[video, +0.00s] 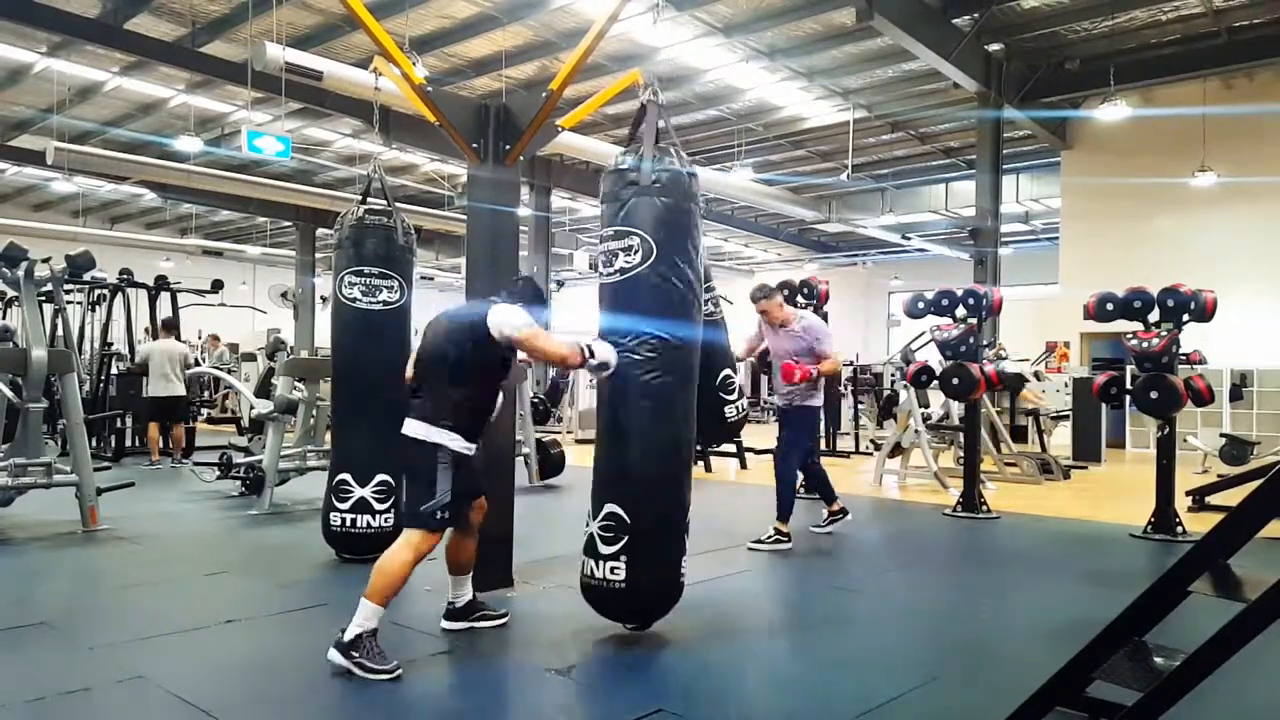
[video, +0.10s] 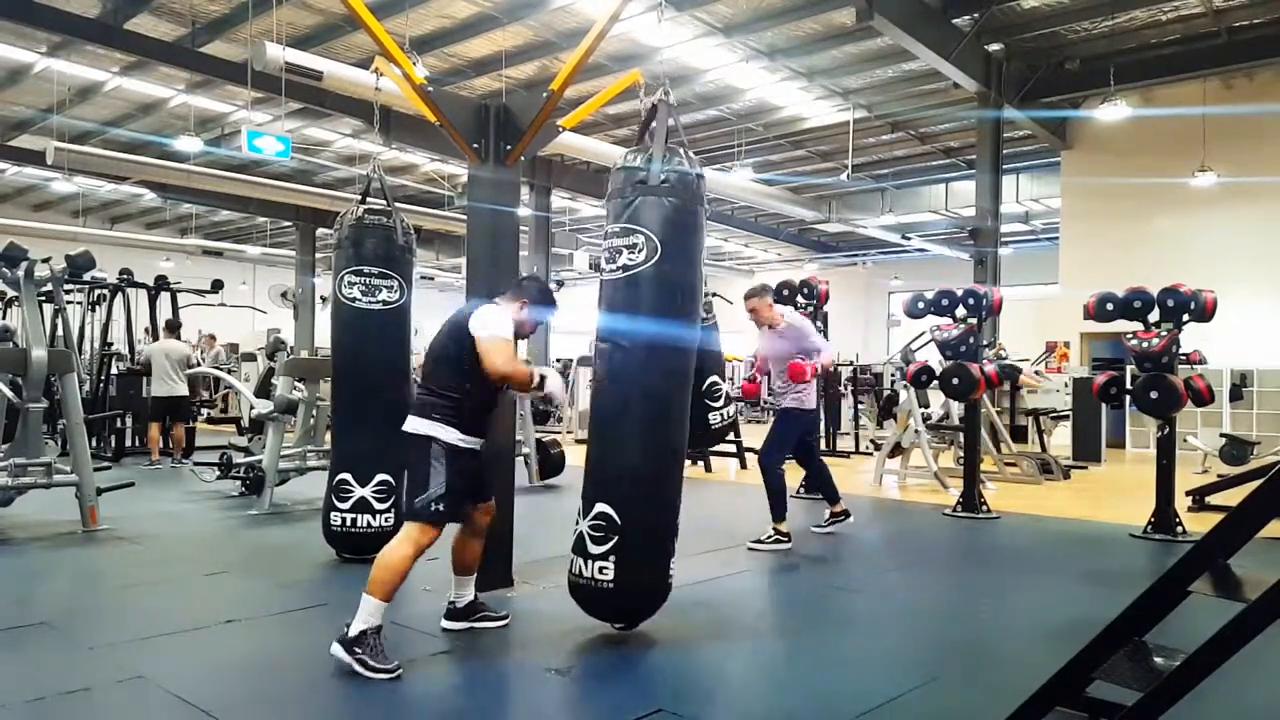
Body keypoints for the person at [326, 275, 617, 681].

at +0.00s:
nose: (536, 325)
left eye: (538, 319)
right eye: (537, 318)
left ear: (506, 294)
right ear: (526, 305)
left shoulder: (447, 318)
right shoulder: (504, 313)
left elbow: (412, 375)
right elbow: (551, 352)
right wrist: (590, 353)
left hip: (449, 441)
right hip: (432, 439)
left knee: (473, 510)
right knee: (421, 535)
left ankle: (461, 605)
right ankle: (356, 636)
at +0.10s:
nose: (534, 331)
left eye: (539, 325)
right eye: (537, 321)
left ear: (518, 304)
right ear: (521, 304)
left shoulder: (492, 320)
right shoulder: (490, 314)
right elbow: (500, 366)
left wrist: (535, 385)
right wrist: (541, 375)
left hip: (462, 440)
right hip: (436, 435)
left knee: (481, 513)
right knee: (420, 530)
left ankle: (462, 606)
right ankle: (360, 633)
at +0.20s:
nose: (534, 330)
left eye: (538, 324)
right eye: (536, 321)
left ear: (519, 305)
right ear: (519, 303)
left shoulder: (498, 334)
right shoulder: (472, 320)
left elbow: (511, 383)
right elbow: (463, 378)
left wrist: (557, 379)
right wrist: (508, 365)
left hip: (460, 442)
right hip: (429, 435)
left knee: (485, 513)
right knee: (424, 530)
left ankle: (464, 603)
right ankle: (365, 624)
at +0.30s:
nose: (534, 333)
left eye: (538, 327)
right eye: (534, 324)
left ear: (518, 309)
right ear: (515, 306)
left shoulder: (504, 341)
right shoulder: (465, 327)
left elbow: (495, 393)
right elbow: (454, 388)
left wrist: (523, 397)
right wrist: (503, 378)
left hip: (472, 449)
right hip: (430, 446)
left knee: (510, 513)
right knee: (413, 538)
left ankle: (479, 589)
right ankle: (362, 630)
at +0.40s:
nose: (540, 332)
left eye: (543, 326)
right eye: (538, 324)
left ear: (523, 311)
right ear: (518, 308)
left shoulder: (509, 340)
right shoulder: (466, 332)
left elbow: (504, 384)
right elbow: (433, 387)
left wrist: (544, 385)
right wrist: (482, 416)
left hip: (477, 445)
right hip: (433, 444)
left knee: (511, 513)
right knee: (421, 536)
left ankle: (503, 596)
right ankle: (365, 628)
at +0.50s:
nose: (550, 334)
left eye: (553, 328)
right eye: (549, 325)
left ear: (531, 313)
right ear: (530, 312)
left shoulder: (514, 342)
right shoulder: (494, 334)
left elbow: (510, 389)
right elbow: (452, 370)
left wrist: (544, 390)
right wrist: (487, 414)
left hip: (486, 447)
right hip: (453, 443)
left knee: (512, 511)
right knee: (445, 533)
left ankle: (505, 597)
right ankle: (369, 623)